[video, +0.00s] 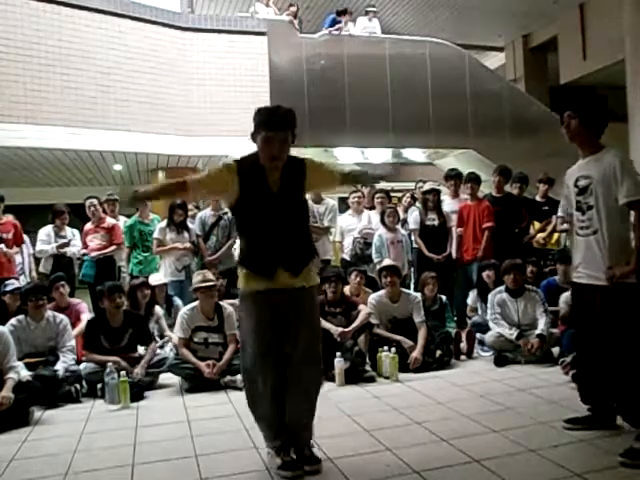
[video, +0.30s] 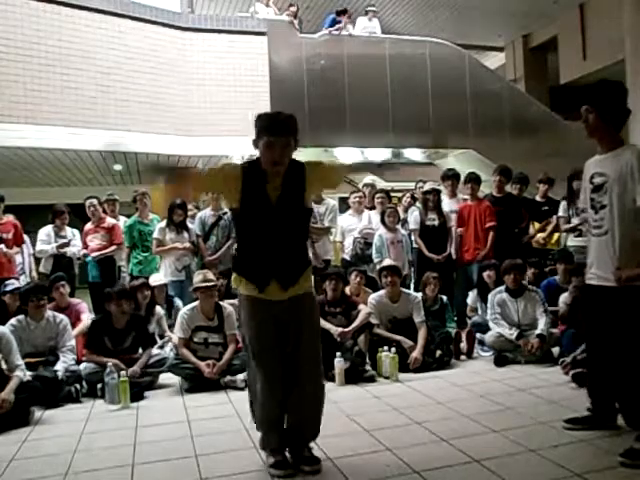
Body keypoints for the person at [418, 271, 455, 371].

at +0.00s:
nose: (431, 287)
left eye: (434, 284)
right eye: (428, 284)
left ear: (437, 287)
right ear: (423, 286)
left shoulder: (442, 300)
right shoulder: (417, 300)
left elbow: (449, 319)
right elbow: (417, 320)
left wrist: (450, 332)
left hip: (440, 331)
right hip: (424, 331)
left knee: (445, 336)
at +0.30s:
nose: (432, 287)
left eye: (435, 285)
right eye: (429, 284)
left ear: (439, 287)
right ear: (424, 286)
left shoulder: (443, 300)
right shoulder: (418, 300)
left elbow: (449, 319)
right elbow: (417, 319)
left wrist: (451, 331)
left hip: (440, 330)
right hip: (425, 331)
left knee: (445, 336)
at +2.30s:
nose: (435, 292)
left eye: (437, 288)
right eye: (432, 289)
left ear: (441, 290)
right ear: (427, 290)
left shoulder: (446, 303)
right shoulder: (422, 302)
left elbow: (453, 322)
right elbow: (421, 321)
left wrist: (453, 334)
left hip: (444, 331)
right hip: (429, 331)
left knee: (449, 338)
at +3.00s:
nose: (435, 292)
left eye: (437, 289)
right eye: (432, 289)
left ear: (441, 290)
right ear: (427, 291)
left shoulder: (446, 303)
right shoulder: (421, 303)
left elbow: (453, 322)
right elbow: (421, 322)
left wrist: (453, 334)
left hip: (444, 331)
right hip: (429, 331)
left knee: (449, 338)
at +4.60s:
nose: (436, 291)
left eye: (439, 288)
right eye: (433, 288)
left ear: (443, 290)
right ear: (428, 289)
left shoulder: (447, 303)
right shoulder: (422, 302)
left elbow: (453, 322)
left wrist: (452, 335)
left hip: (444, 332)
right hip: (428, 333)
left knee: (450, 339)